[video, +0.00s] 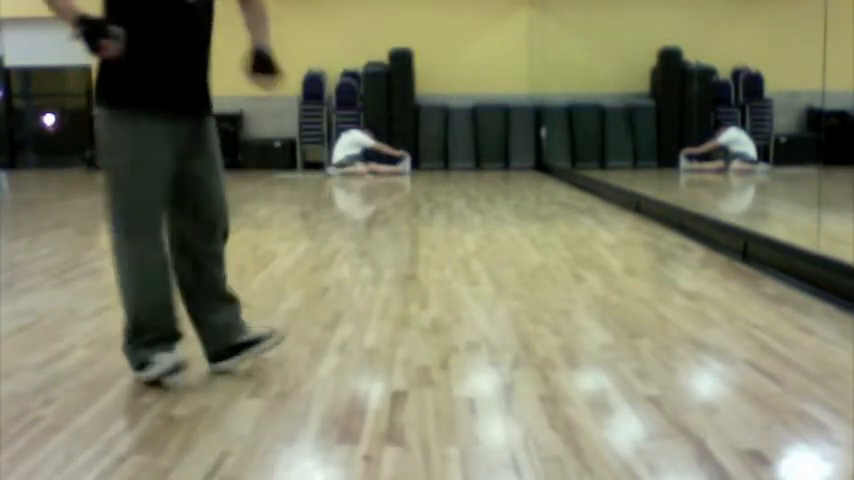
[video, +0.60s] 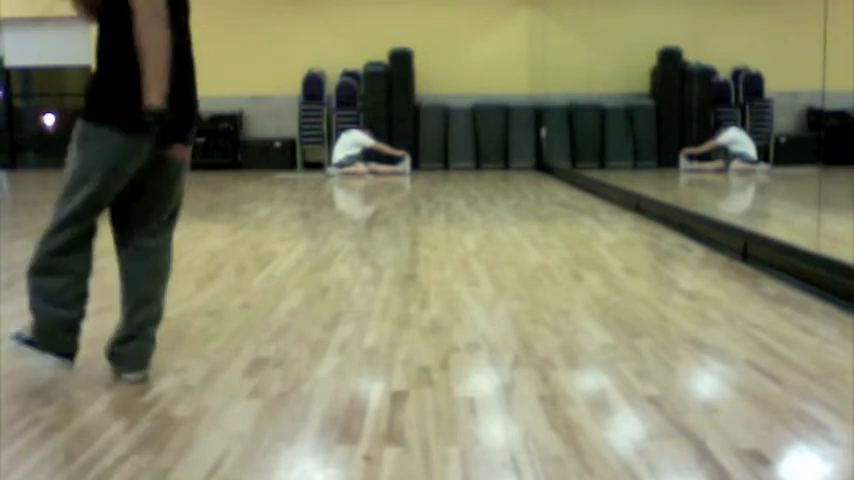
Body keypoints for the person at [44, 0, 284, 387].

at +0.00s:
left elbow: (250, 3)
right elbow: (57, 2)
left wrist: (261, 44)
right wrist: (82, 22)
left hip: (189, 92)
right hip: (129, 96)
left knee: (203, 223)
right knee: (138, 228)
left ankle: (224, 339)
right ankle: (151, 347)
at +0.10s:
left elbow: (256, 6)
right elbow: (57, 4)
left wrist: (237, 49)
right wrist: (72, 28)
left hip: (184, 91)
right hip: (113, 94)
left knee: (192, 223)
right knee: (120, 230)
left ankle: (211, 337)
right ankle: (138, 345)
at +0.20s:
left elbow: (233, 10)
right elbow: (79, 4)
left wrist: (194, 75)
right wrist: (66, 30)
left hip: (165, 105)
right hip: (113, 104)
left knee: (147, 228)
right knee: (108, 227)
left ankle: (162, 352)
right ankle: (125, 343)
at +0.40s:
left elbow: (195, 10)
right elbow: (90, 8)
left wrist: (174, 99)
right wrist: (65, 17)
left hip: (131, 105)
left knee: (93, 232)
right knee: (145, 238)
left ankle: (102, 345)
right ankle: (134, 350)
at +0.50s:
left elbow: (171, 21)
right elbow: (82, 13)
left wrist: (175, 116)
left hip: (120, 113)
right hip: (173, 117)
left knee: (74, 225)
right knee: (150, 239)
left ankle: (56, 346)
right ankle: (134, 357)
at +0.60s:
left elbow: (153, 23)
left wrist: (153, 109)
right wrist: (181, 129)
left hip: (118, 113)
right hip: (173, 119)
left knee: (71, 225)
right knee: (148, 237)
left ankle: (54, 335)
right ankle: (134, 356)